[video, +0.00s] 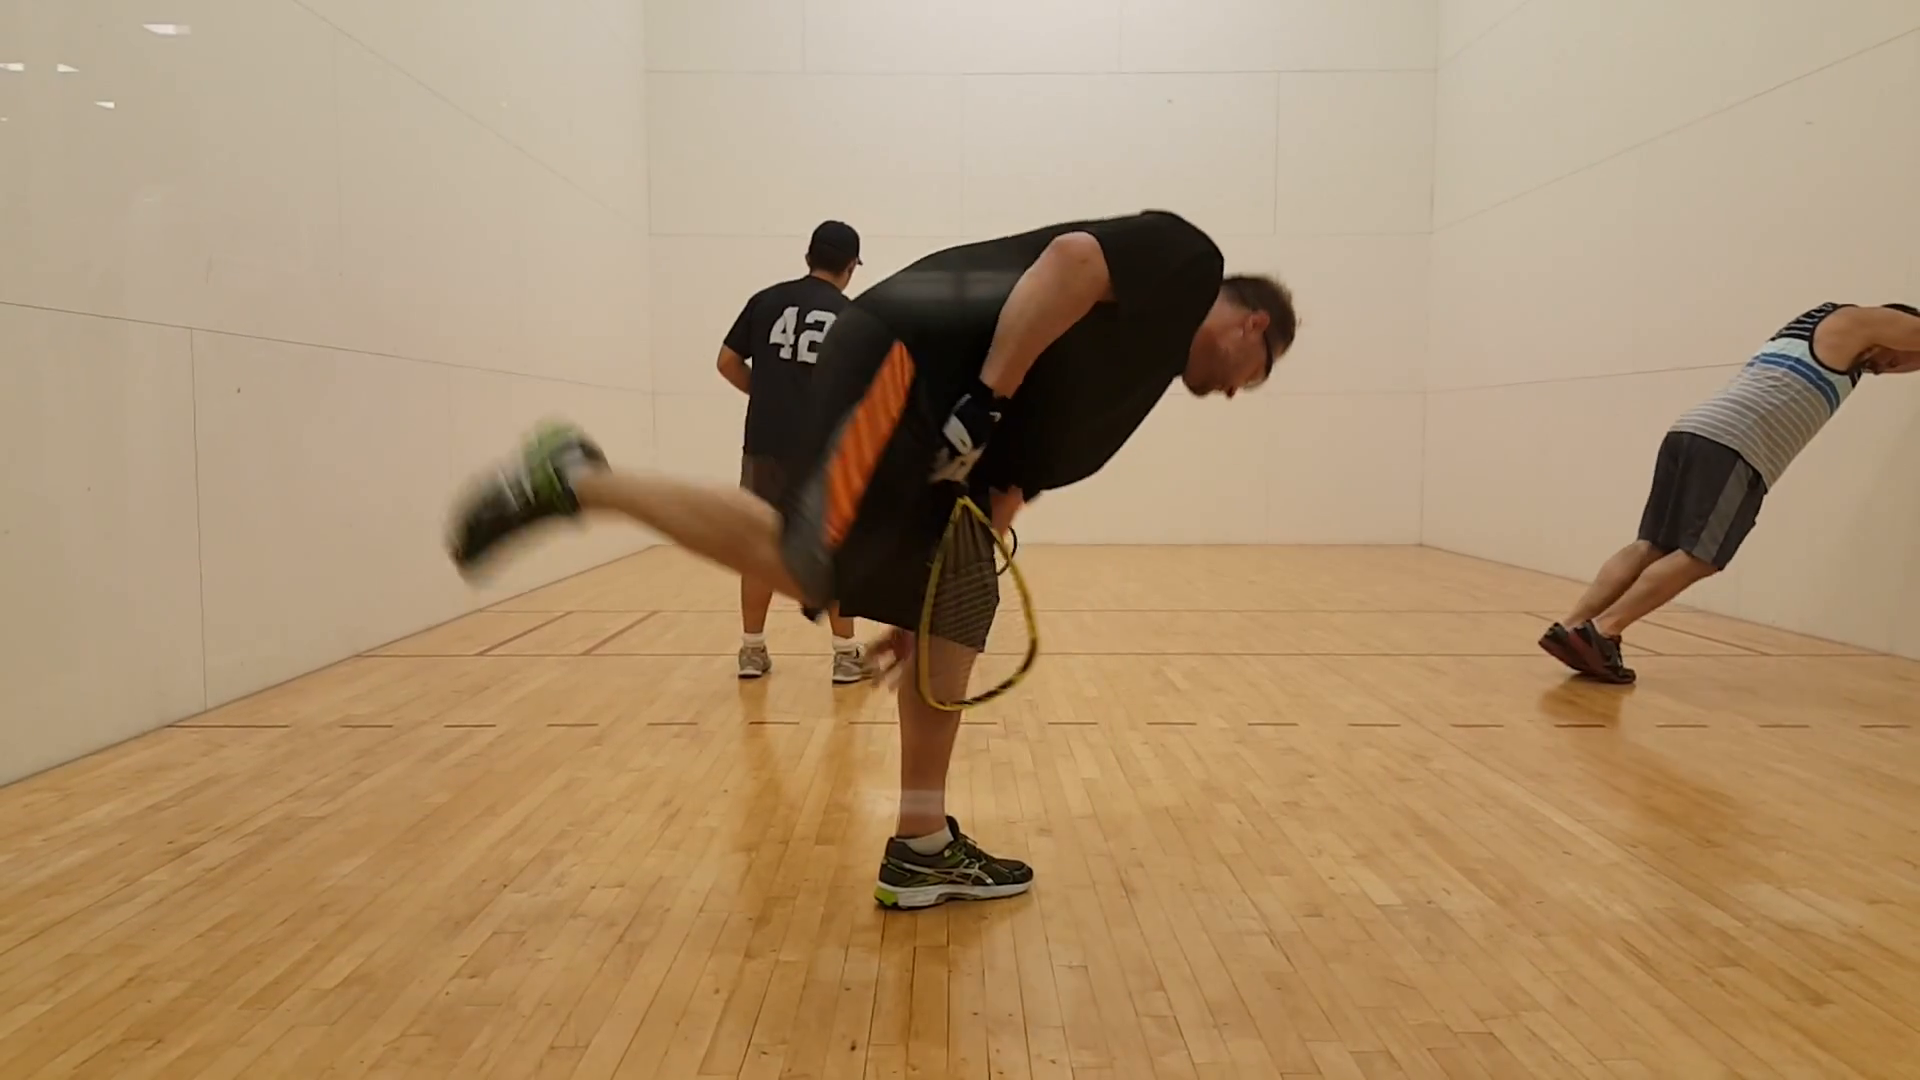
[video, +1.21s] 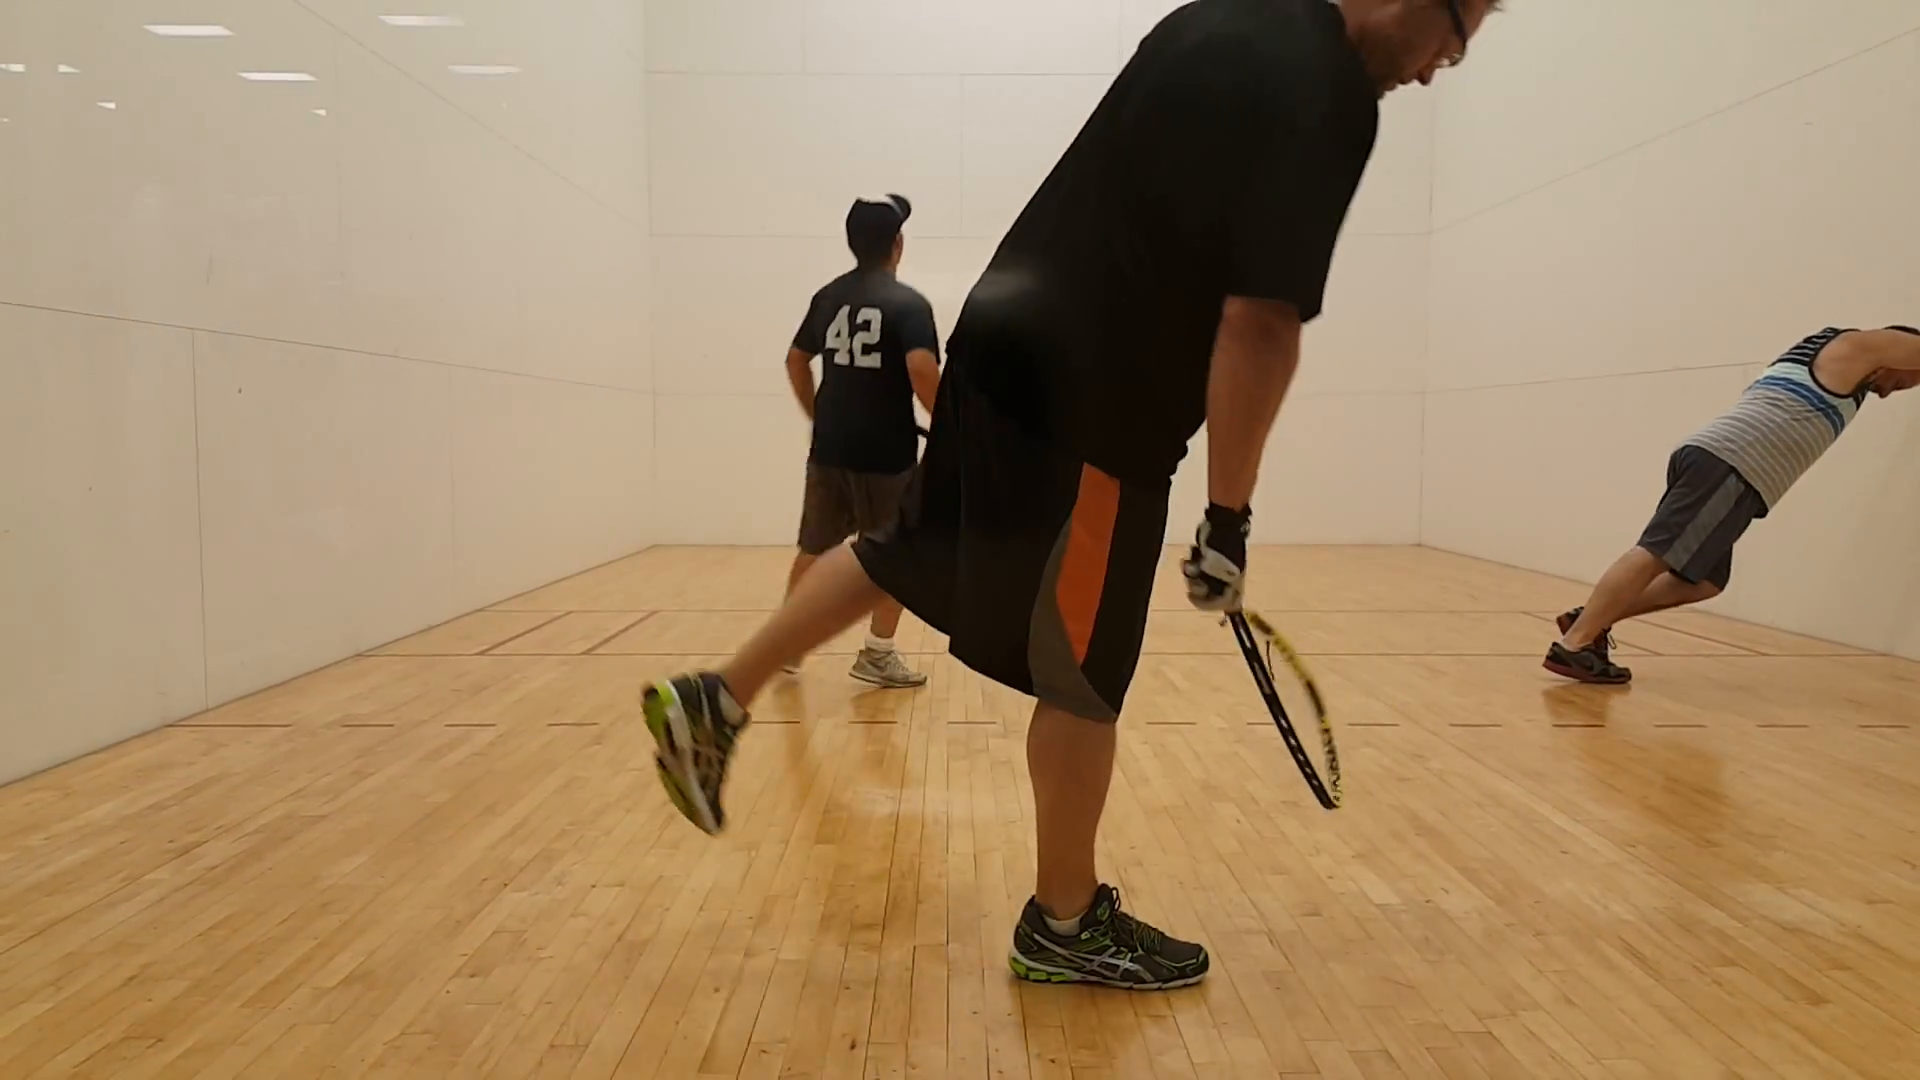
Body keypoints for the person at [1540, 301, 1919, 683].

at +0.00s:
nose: (1894, 367)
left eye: (1903, 363)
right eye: (1901, 357)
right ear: (1892, 333)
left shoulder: (1811, 327)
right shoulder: (1852, 323)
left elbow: (1902, 363)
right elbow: (1919, 342)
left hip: (1690, 433)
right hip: (1733, 449)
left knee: (1654, 542)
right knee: (1700, 556)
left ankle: (1573, 627)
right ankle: (1603, 632)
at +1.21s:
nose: (1898, 390)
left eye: (1906, 384)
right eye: (1905, 379)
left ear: (1890, 362)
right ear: (1892, 358)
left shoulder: (1825, 358)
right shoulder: (1852, 350)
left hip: (1730, 475)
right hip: (1726, 467)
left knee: (1705, 580)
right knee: (1654, 554)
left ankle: (1592, 618)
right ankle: (1575, 645)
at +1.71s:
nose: (1903, 335)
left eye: (1905, 327)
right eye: (1905, 325)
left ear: (1875, 301)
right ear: (1888, 305)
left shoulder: (1812, 325)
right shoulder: (1854, 325)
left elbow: (1906, 356)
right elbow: (1917, 347)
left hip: (1698, 436)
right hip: (1731, 451)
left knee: (1659, 548)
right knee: (1668, 551)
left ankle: (1582, 629)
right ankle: (1582, 631)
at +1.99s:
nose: (1898, 315)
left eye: (1899, 307)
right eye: (1892, 303)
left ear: (1849, 306)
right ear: (1851, 298)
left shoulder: (1810, 333)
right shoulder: (1847, 334)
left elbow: (1909, 356)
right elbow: (1917, 343)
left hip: (1676, 439)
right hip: (1716, 456)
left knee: (1634, 543)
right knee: (1710, 563)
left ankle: (1564, 633)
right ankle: (1607, 628)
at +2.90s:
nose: (1901, 313)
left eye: (1902, 306)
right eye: (1893, 301)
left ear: (1852, 309)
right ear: (1852, 302)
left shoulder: (1821, 340)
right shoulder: (1850, 341)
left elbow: (1906, 356)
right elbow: (1916, 350)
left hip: (1714, 454)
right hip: (1727, 463)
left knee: (1690, 574)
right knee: (1656, 546)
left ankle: (1582, 619)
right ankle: (1576, 638)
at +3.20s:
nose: (1903, 321)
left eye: (1904, 313)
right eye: (1895, 309)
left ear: (1854, 318)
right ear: (1853, 311)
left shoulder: (1827, 350)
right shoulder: (1852, 349)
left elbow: (1906, 360)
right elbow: (1917, 353)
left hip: (1717, 461)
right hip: (1728, 470)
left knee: (1706, 581)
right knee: (1651, 552)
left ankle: (1592, 616)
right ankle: (1572, 644)